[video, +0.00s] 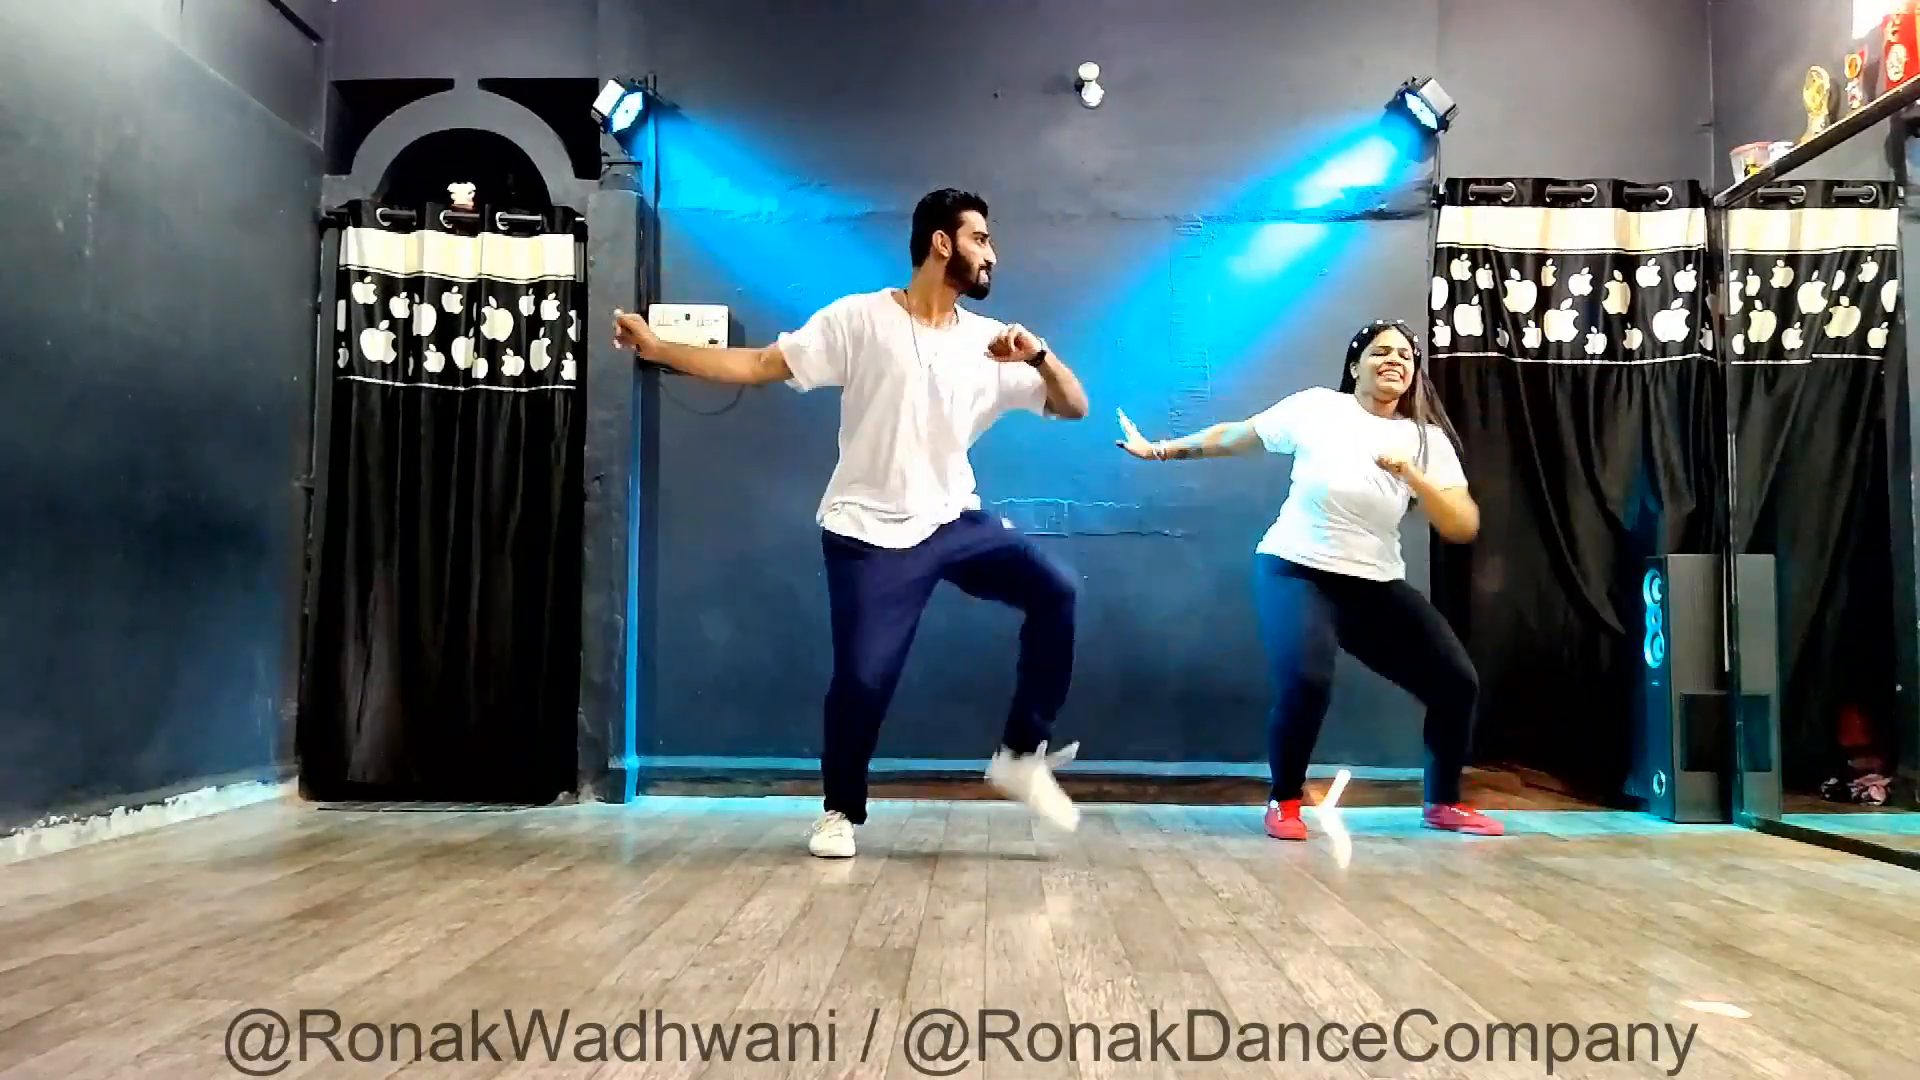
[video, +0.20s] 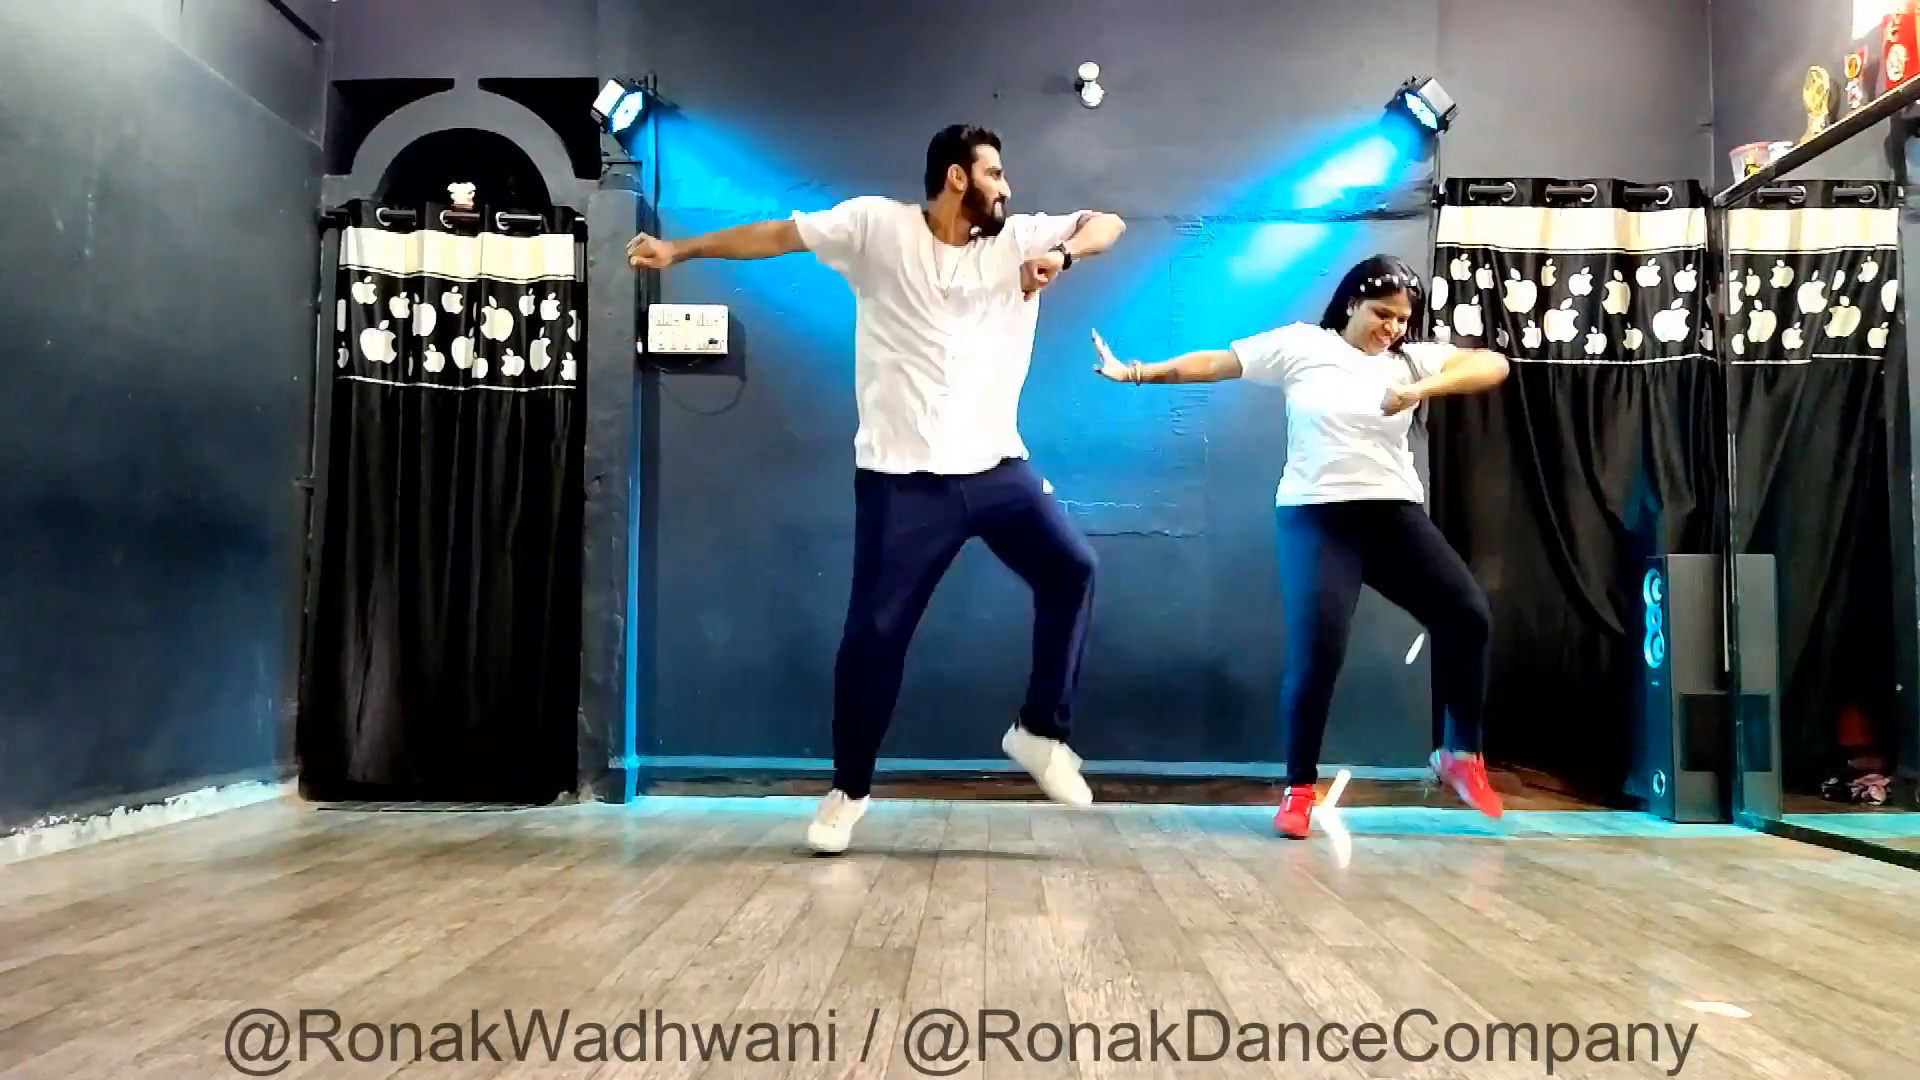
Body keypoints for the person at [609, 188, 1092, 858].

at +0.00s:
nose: (991, 251)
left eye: (990, 240)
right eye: (979, 237)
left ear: (955, 249)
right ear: (940, 244)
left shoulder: (989, 340)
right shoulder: (861, 317)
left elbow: (1072, 405)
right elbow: (758, 365)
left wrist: (1042, 357)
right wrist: (659, 350)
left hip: (955, 519)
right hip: (869, 524)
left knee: (1054, 591)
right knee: (864, 679)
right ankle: (841, 813)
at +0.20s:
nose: (1005, 184)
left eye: (1004, 172)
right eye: (994, 170)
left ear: (979, 182)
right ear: (953, 176)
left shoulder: (1018, 237)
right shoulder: (878, 226)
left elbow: (1107, 224)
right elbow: (778, 235)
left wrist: (1063, 253)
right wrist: (677, 250)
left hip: (996, 465)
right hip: (902, 473)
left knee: (1072, 567)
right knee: (875, 633)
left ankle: (1042, 732)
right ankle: (848, 791)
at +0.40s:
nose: (1038, 188)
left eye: (1037, 176)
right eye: (1028, 174)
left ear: (1008, 186)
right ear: (988, 181)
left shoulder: (1036, 268)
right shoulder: (913, 249)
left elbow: (1114, 350)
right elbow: (808, 278)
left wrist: (1079, 287)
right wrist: (712, 290)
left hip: (1016, 448)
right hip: (935, 464)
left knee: (1125, 476)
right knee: (926, 631)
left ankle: (1055, 613)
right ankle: (909, 793)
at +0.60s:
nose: (1074, 246)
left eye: (1073, 235)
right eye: (1063, 234)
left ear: (1039, 245)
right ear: (1026, 242)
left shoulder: (1081, 313)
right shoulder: (950, 296)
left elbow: (1170, 351)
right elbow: (858, 315)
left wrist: (1116, 365)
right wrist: (787, 324)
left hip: (1052, 509)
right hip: (969, 522)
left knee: (1158, 576)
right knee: (971, 686)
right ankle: (922, 810)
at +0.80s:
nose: (1116, 259)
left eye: (1118, 248)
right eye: (1108, 244)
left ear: (1092, 251)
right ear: (1068, 243)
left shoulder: (1112, 336)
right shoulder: (994, 316)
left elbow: (1152, 430)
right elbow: (927, 395)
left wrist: (1179, 360)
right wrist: (940, 321)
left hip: (1100, 536)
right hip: (1010, 531)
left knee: (1157, 668)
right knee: (991, 686)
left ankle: (1168, 820)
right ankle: (931, 811)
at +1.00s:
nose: (1157, 222)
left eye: (1160, 212)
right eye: (1149, 204)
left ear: (1140, 219)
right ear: (1107, 199)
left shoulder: (1126, 298)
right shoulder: (1039, 243)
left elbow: (1160, 370)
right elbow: (1017, 203)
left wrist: (1226, 381)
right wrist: (1029, 149)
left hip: (1054, 461)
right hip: (976, 443)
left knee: (1102, 600)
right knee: (949, 579)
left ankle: (1098, 765)